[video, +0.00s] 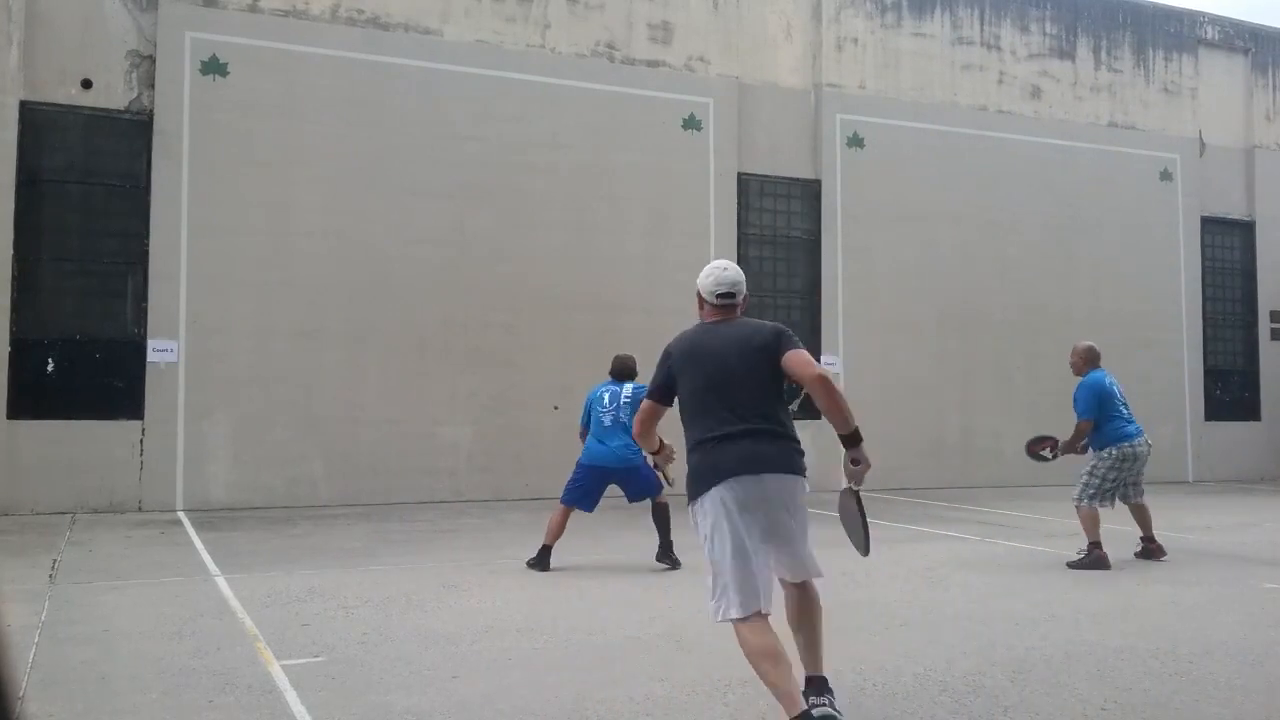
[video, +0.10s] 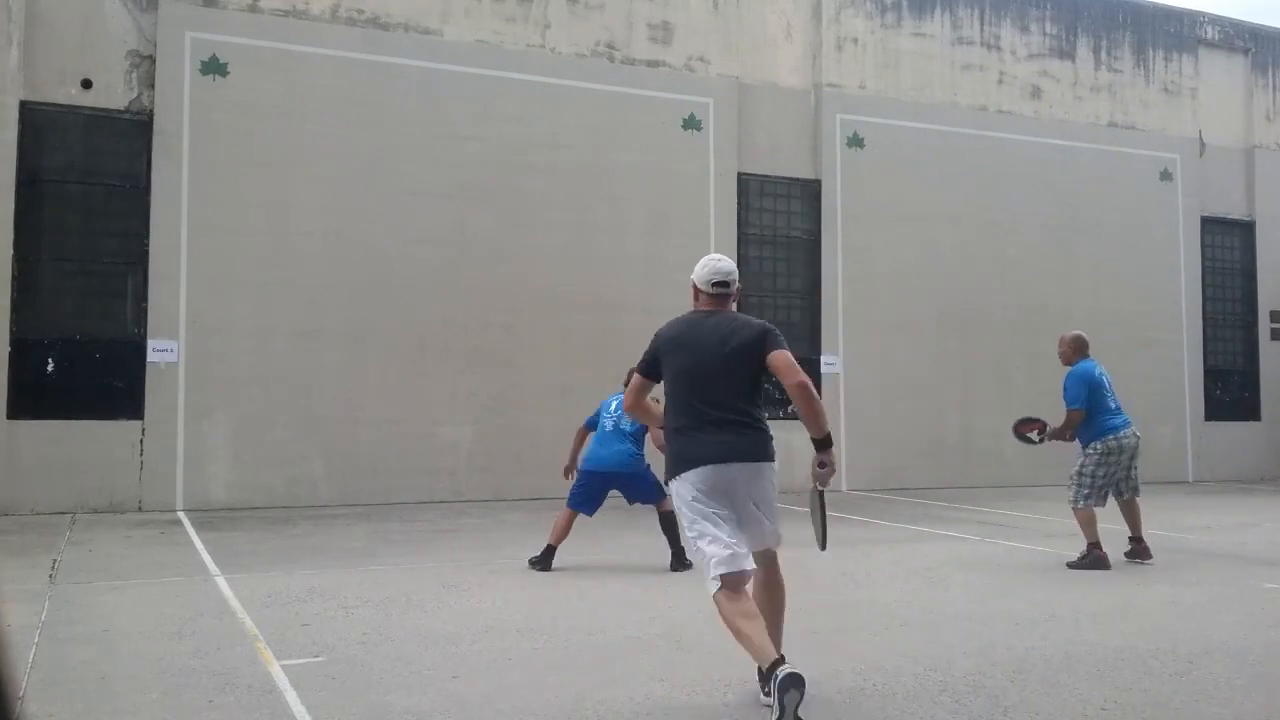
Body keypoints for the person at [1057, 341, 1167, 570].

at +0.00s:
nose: (1070, 362)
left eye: (1073, 358)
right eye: (1071, 358)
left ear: (1083, 361)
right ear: (1091, 361)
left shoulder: (1088, 385)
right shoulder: (1106, 378)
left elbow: (1084, 426)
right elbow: (1108, 421)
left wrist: (1068, 445)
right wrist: (1086, 445)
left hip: (1118, 449)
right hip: (1138, 444)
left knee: (1084, 497)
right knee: (1131, 494)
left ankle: (1095, 552)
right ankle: (1151, 544)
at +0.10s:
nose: (1058, 352)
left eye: (1061, 348)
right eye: (1058, 348)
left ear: (1074, 350)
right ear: (1079, 350)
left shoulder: (1077, 374)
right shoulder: (1095, 367)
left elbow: (1075, 416)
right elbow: (1093, 409)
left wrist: (1056, 432)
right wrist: (1072, 431)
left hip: (1105, 443)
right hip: (1127, 436)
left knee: (1079, 495)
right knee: (1124, 490)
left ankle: (1095, 551)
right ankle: (1139, 545)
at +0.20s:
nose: (1048, 344)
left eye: (1052, 339)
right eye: (1048, 339)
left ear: (1066, 341)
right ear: (1071, 340)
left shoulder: (1070, 364)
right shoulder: (1086, 358)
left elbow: (1074, 402)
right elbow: (1088, 404)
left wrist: (1054, 421)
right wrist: (1064, 423)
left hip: (1094, 433)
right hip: (1116, 429)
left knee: (1070, 491)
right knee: (1103, 490)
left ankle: (1091, 545)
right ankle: (1116, 545)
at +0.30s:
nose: (1040, 346)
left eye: (1044, 341)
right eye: (1040, 341)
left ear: (1058, 342)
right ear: (1062, 342)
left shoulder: (1064, 365)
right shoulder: (1079, 361)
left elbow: (1070, 404)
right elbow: (1080, 408)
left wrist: (1045, 421)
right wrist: (1054, 425)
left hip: (1082, 435)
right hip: (1104, 433)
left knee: (1052, 490)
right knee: (1087, 494)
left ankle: (1068, 549)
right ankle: (1100, 551)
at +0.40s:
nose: (1031, 354)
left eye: (1035, 349)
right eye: (1032, 349)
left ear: (1048, 350)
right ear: (1053, 351)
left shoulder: (1057, 373)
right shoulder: (1069, 370)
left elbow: (1057, 413)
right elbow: (1064, 416)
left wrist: (1033, 429)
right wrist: (1040, 433)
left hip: (1069, 443)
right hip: (1090, 442)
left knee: (1041, 500)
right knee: (1074, 503)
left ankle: (1041, 560)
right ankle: (1097, 553)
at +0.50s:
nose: (1019, 358)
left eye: (1022, 354)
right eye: (1020, 354)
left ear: (1035, 357)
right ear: (1044, 356)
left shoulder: (1042, 377)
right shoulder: (1058, 375)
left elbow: (1040, 418)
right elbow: (1057, 421)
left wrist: (1017, 436)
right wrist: (1030, 441)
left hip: (1063, 446)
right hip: (1085, 446)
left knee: (1028, 503)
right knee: (1061, 501)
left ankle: (1040, 561)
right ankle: (1091, 550)